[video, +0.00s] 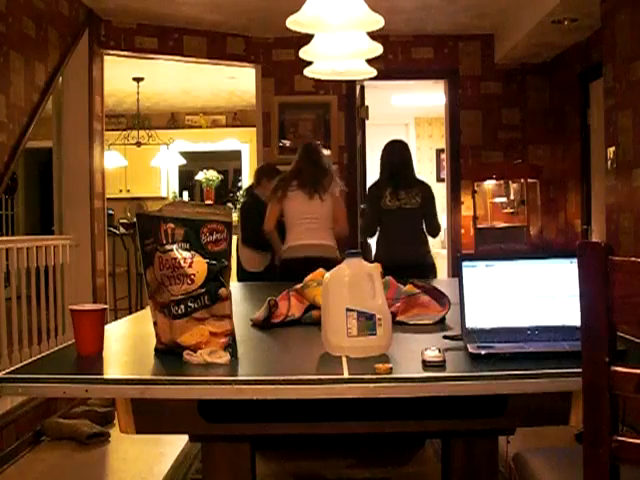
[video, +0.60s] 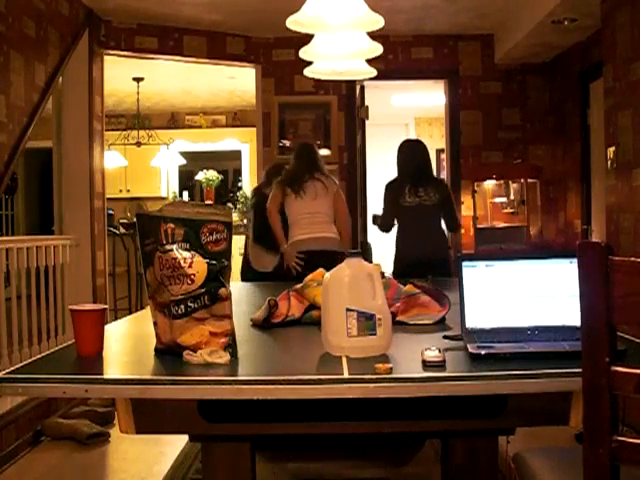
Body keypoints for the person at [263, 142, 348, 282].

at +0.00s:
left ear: (298, 161)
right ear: (322, 161)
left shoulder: (284, 185)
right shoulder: (332, 185)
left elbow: (269, 226)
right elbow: (342, 228)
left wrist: (279, 251)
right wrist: (321, 234)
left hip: (293, 258)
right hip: (327, 258)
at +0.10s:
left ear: (293, 164)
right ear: (316, 165)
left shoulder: (277, 189)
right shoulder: (327, 190)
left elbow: (263, 229)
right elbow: (336, 230)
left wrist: (270, 257)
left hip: (287, 261)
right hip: (322, 260)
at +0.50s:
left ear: (292, 163)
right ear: (315, 161)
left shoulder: (282, 187)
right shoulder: (330, 184)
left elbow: (269, 215)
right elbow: (340, 223)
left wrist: (272, 254)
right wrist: (342, 254)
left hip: (296, 254)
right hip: (328, 253)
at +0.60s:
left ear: (294, 161)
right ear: (317, 159)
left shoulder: (283, 184)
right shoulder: (331, 182)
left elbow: (272, 210)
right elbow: (343, 219)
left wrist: (284, 247)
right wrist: (345, 252)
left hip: (300, 254)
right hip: (331, 253)